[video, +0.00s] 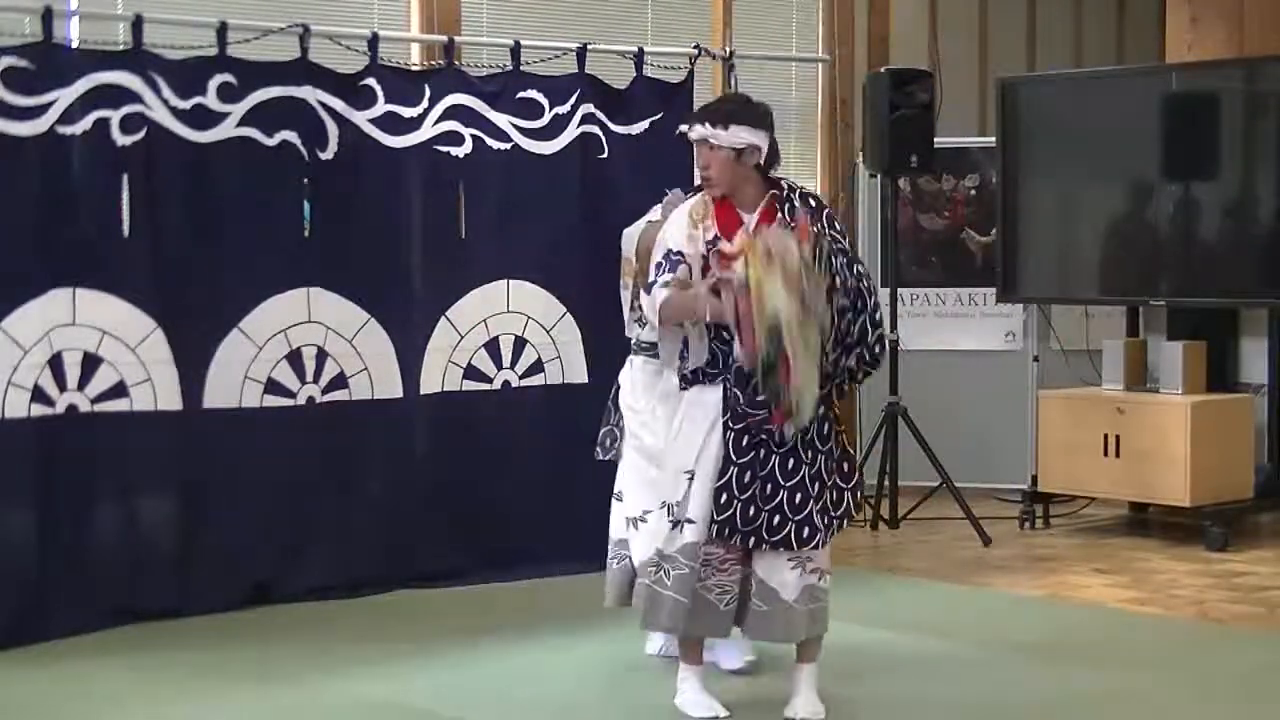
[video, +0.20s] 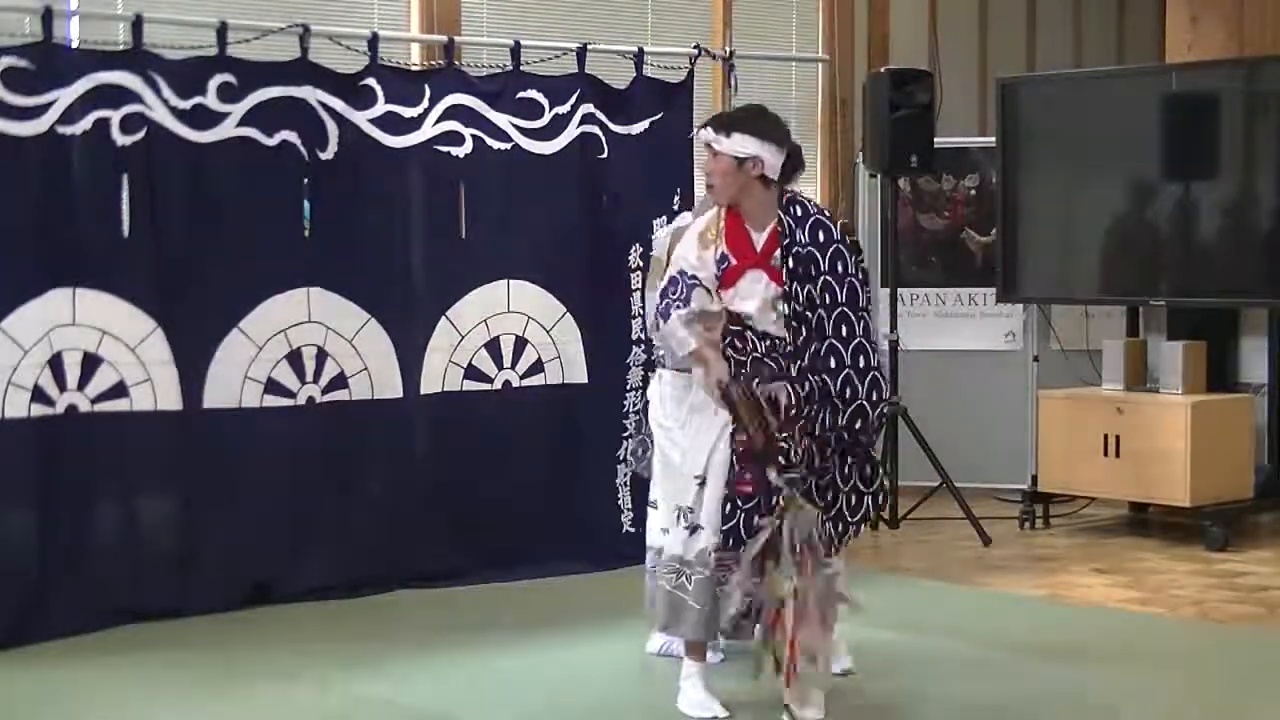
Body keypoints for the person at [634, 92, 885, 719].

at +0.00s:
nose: (699, 162)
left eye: (709, 151)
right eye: (698, 150)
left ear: (748, 155)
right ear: (710, 154)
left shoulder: (809, 217)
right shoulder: (689, 220)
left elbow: (854, 307)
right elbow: (657, 305)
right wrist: (714, 303)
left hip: (798, 398)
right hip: (716, 397)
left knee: (805, 540)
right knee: (711, 539)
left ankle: (806, 682)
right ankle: (691, 674)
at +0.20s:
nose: (704, 168)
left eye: (713, 158)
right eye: (705, 157)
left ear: (751, 167)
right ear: (737, 165)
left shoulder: (814, 234)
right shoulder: (704, 234)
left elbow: (848, 338)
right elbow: (666, 317)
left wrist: (798, 388)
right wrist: (700, 343)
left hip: (808, 412)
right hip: (726, 408)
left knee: (816, 542)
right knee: (717, 536)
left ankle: (808, 684)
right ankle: (694, 670)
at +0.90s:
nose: (699, 175)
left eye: (708, 164)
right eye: (698, 162)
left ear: (746, 170)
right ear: (730, 169)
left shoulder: (798, 237)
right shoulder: (729, 235)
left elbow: (806, 355)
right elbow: (716, 334)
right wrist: (695, 399)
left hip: (799, 429)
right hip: (749, 421)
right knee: (733, 551)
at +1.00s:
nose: (702, 181)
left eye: (711, 169)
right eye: (698, 169)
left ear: (749, 168)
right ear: (714, 170)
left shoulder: (790, 232)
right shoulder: (733, 232)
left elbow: (790, 348)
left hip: (788, 427)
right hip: (745, 421)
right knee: (761, 553)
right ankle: (807, 692)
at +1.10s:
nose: (709, 186)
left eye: (717, 172)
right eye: (704, 174)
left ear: (752, 165)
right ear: (719, 169)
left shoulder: (789, 221)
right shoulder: (744, 226)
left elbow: (771, 331)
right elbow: (718, 302)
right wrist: (670, 334)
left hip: (814, 418)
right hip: (754, 415)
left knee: (805, 549)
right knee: (722, 538)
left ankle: (803, 687)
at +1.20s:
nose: (715, 193)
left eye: (722, 179)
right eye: (709, 182)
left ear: (754, 166)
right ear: (714, 171)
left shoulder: (787, 219)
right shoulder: (757, 218)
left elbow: (747, 312)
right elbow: (716, 270)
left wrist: (667, 306)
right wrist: (657, 287)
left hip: (811, 419)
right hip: (750, 414)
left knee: (805, 550)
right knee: (714, 536)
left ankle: (804, 686)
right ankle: (702, 683)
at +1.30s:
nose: (711, 193)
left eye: (715, 179)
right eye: (706, 183)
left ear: (745, 164)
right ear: (741, 166)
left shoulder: (786, 210)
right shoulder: (727, 218)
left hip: (804, 414)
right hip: (733, 410)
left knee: (800, 547)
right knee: (714, 541)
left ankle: (801, 688)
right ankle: (702, 683)